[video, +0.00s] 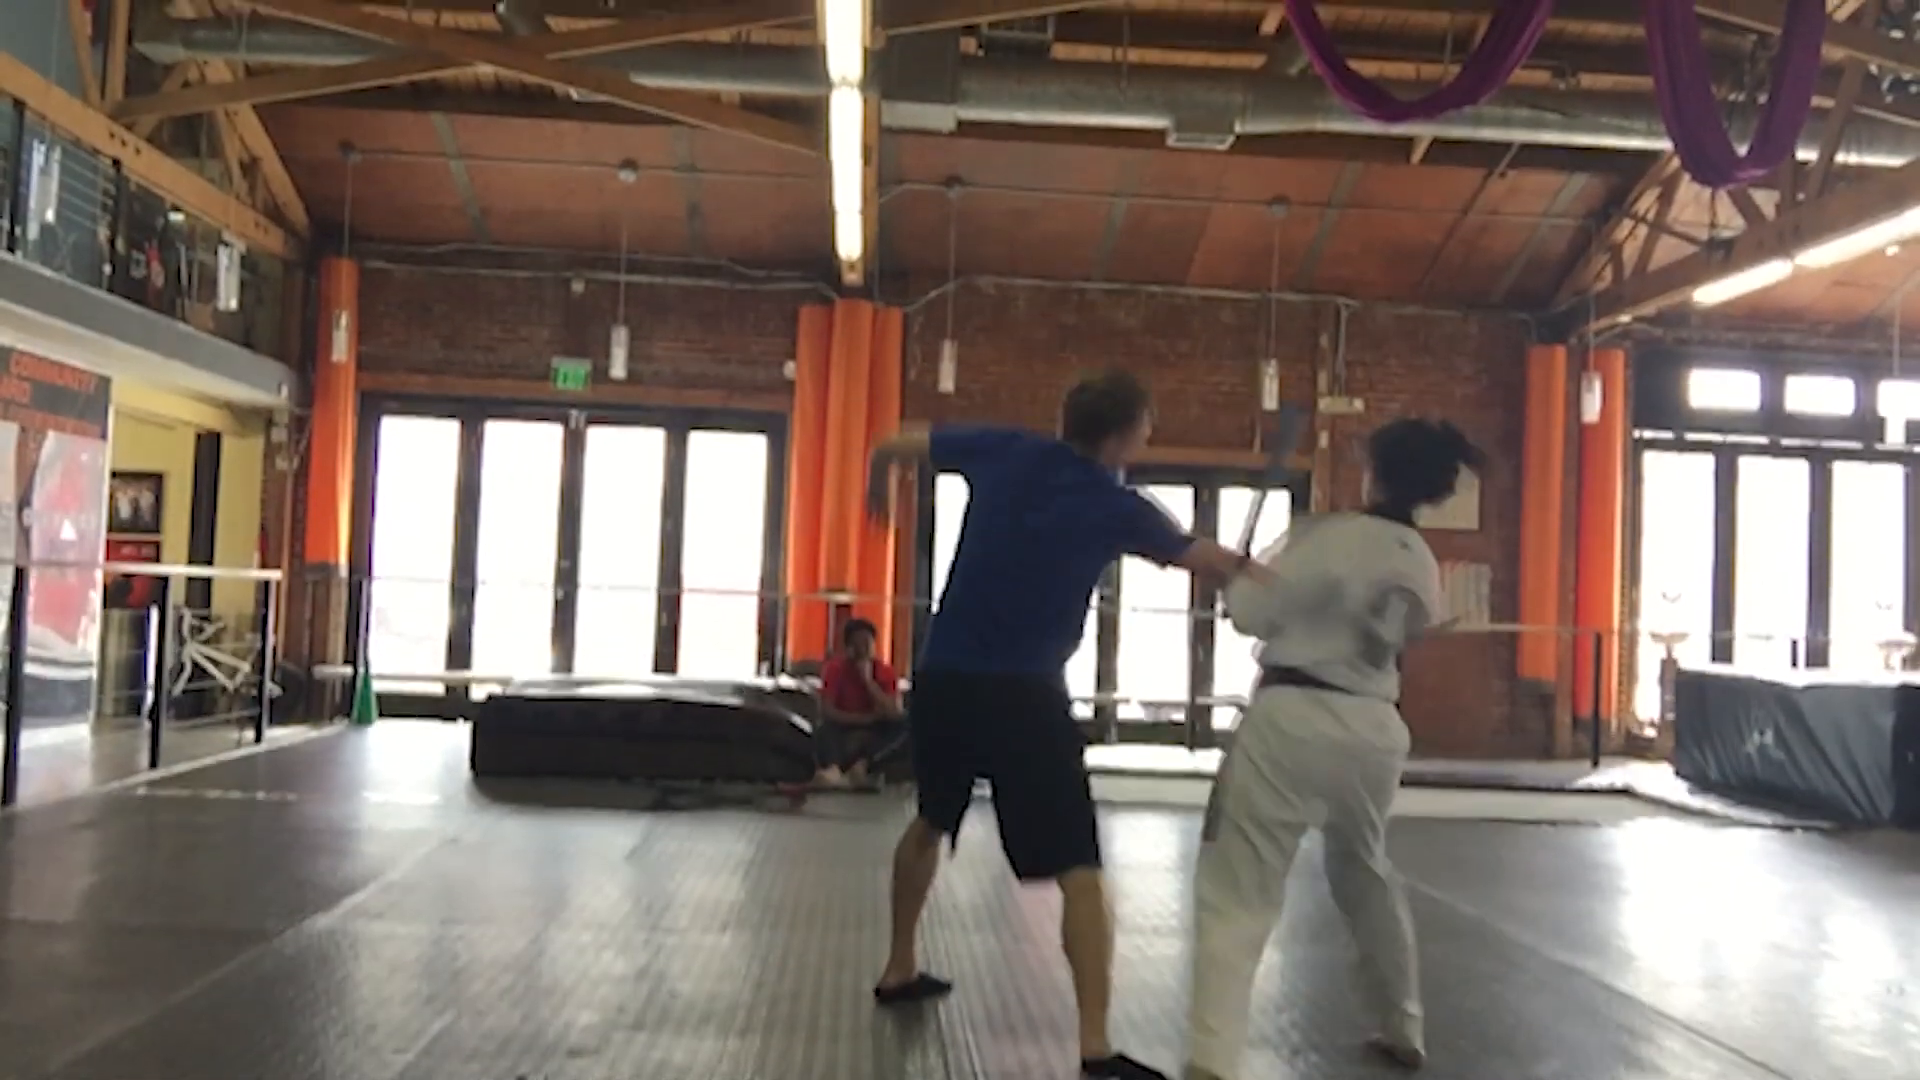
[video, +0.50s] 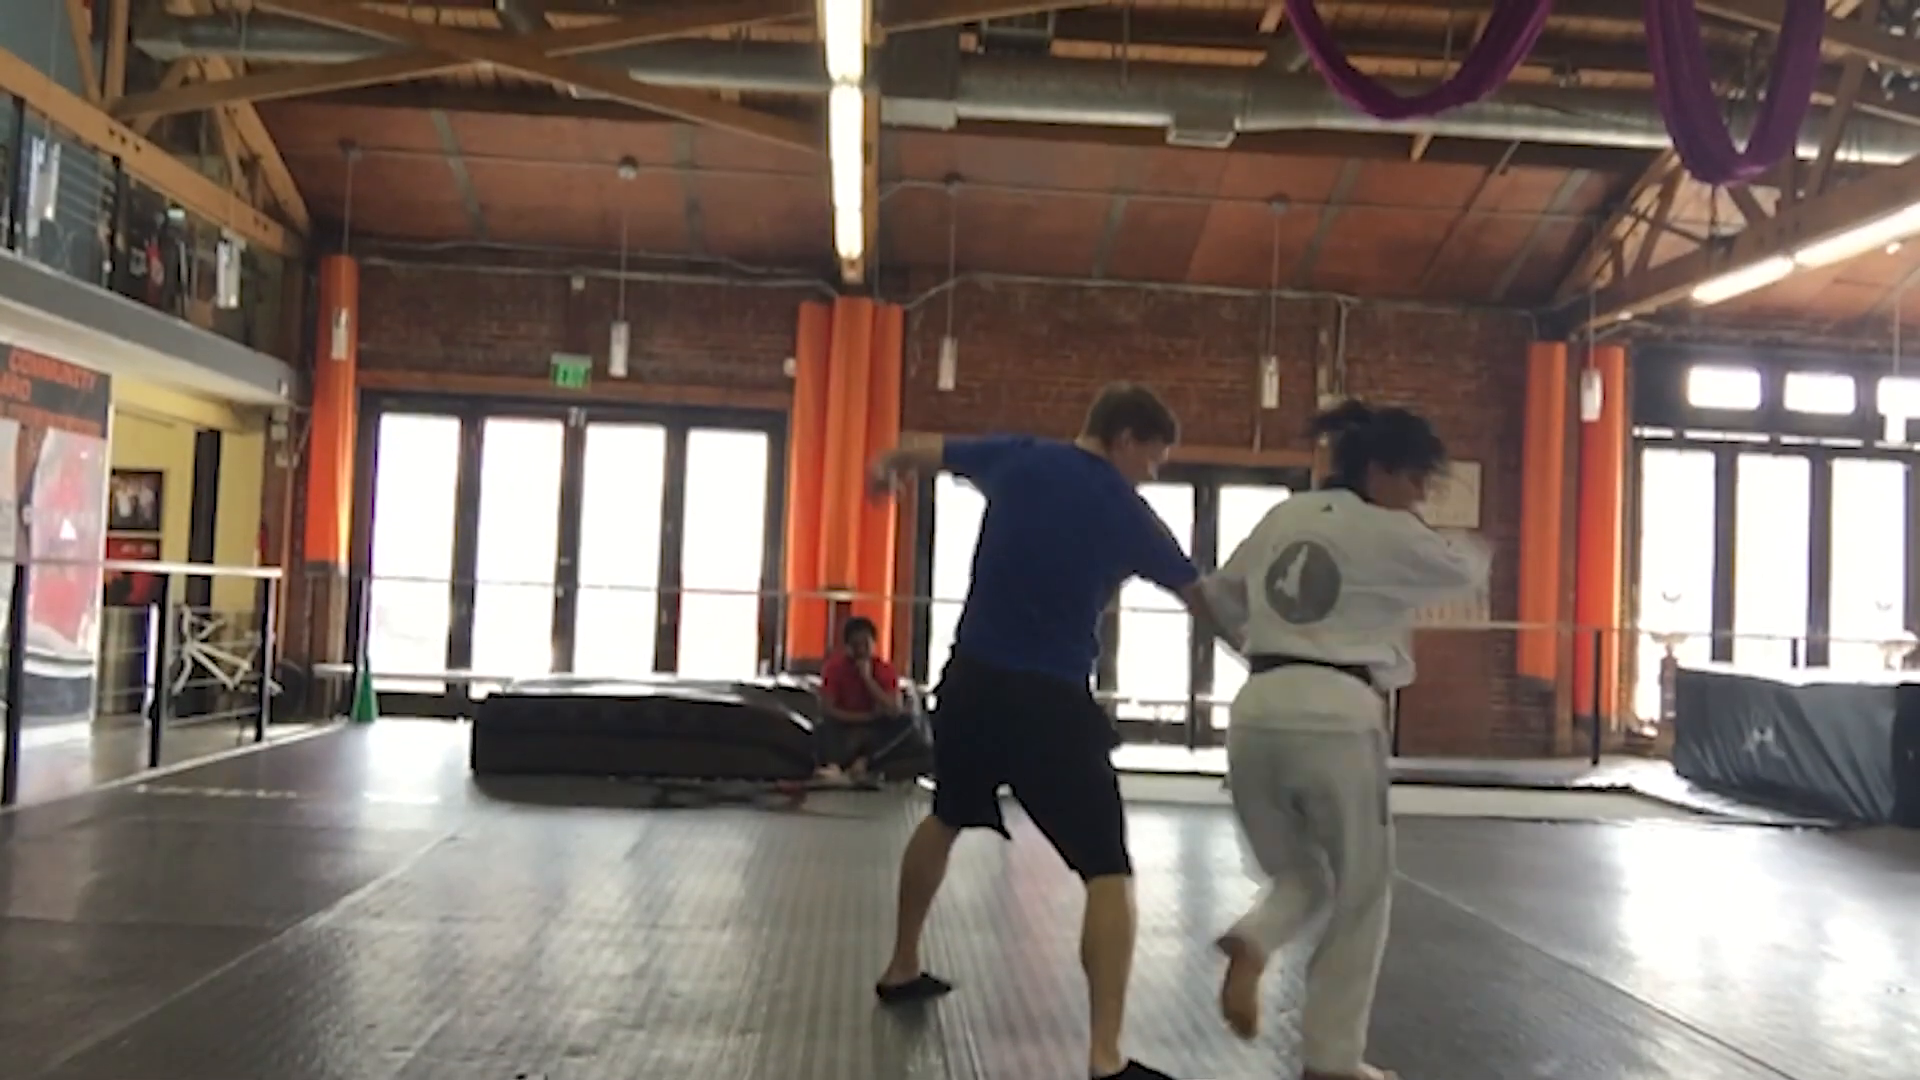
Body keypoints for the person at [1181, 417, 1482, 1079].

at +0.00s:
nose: (1359, 474)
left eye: (1366, 464)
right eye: (1369, 464)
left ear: (1374, 476)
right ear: (1429, 489)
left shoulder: (1324, 537)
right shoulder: (1420, 562)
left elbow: (1253, 612)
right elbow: (1371, 626)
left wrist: (1231, 570)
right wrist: (1270, 573)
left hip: (1289, 721)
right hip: (1374, 727)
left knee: (1236, 895)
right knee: (1366, 867)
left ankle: (1213, 1062)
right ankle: (1404, 1030)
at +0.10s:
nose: (1340, 460)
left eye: (1344, 451)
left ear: (1344, 464)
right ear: (1402, 485)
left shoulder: (1289, 533)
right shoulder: (1400, 555)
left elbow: (1220, 614)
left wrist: (1211, 576)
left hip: (1269, 722)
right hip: (1361, 729)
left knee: (1231, 898)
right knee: (1365, 878)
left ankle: (1172, 1058)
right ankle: (1414, 1046)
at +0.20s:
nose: (1304, 470)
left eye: (1310, 461)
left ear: (1310, 470)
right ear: (1372, 484)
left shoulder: (1269, 535)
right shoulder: (1378, 558)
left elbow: (1202, 623)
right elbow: (1373, 634)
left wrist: (1210, 576)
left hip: (1264, 728)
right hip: (1352, 731)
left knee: (1232, 904)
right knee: (1361, 885)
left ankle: (1189, 1067)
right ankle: (1404, 1051)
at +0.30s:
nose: (1373, 487)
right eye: (1372, 477)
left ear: (1296, 470)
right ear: (1361, 483)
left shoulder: (1259, 529)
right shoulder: (1373, 551)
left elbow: (1195, 613)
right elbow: (1372, 633)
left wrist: (1241, 639)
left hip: (1262, 721)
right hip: (1352, 724)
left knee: (1225, 907)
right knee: (1372, 879)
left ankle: (1203, 1066)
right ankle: (1387, 1044)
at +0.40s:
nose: (1393, 492)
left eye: (1395, 477)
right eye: (1390, 477)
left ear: (1308, 466)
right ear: (1364, 473)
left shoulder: (1263, 521)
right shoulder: (1388, 537)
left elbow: (1204, 601)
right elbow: (1399, 629)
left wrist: (1266, 638)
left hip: (1265, 712)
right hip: (1359, 717)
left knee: (1235, 899)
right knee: (1369, 894)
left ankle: (1195, 1053)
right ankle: (1320, 1047)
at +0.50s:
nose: (1421, 495)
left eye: (1425, 481)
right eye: (1416, 479)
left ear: (1360, 468)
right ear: (1380, 470)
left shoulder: (1283, 516)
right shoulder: (1388, 532)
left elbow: (1218, 593)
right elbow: (1468, 567)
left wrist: (1262, 647)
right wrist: (1464, 535)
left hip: (1258, 700)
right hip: (1338, 706)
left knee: (1297, 873)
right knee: (1360, 887)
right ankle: (1333, 1057)